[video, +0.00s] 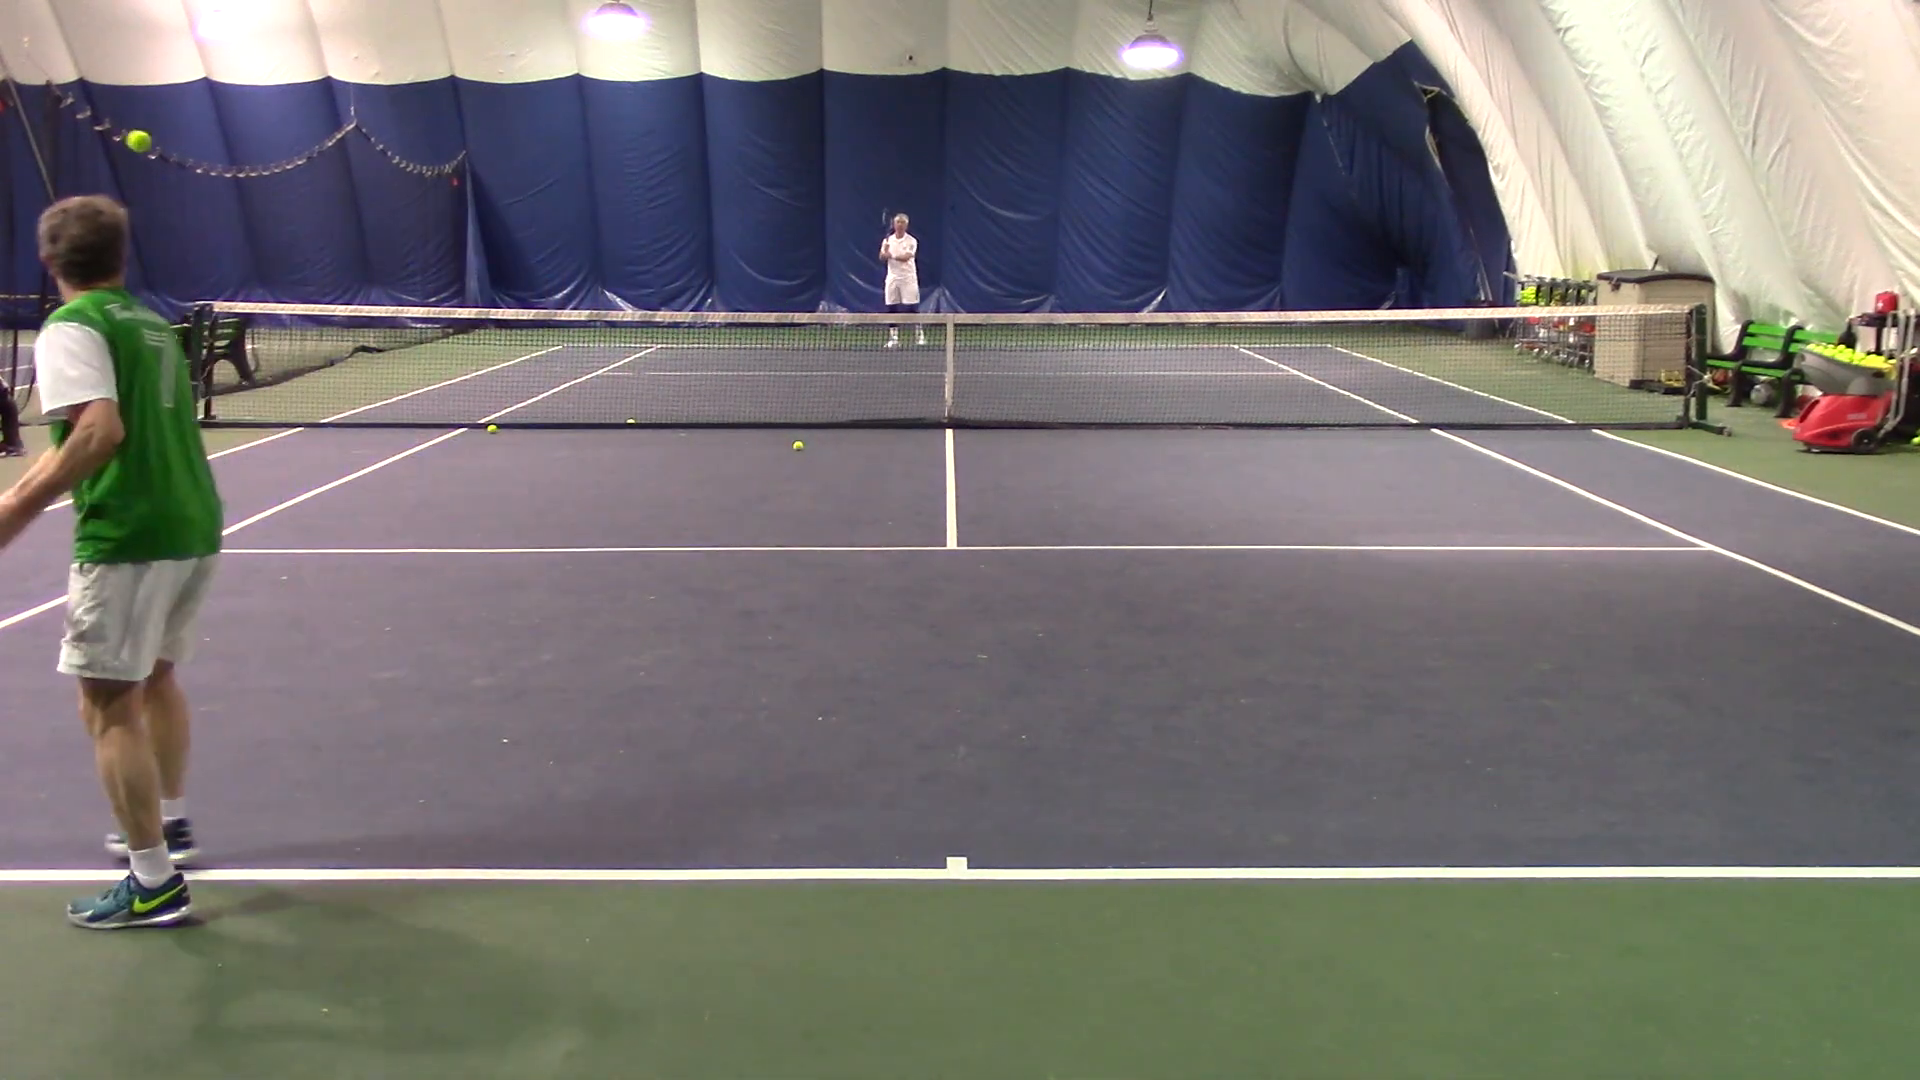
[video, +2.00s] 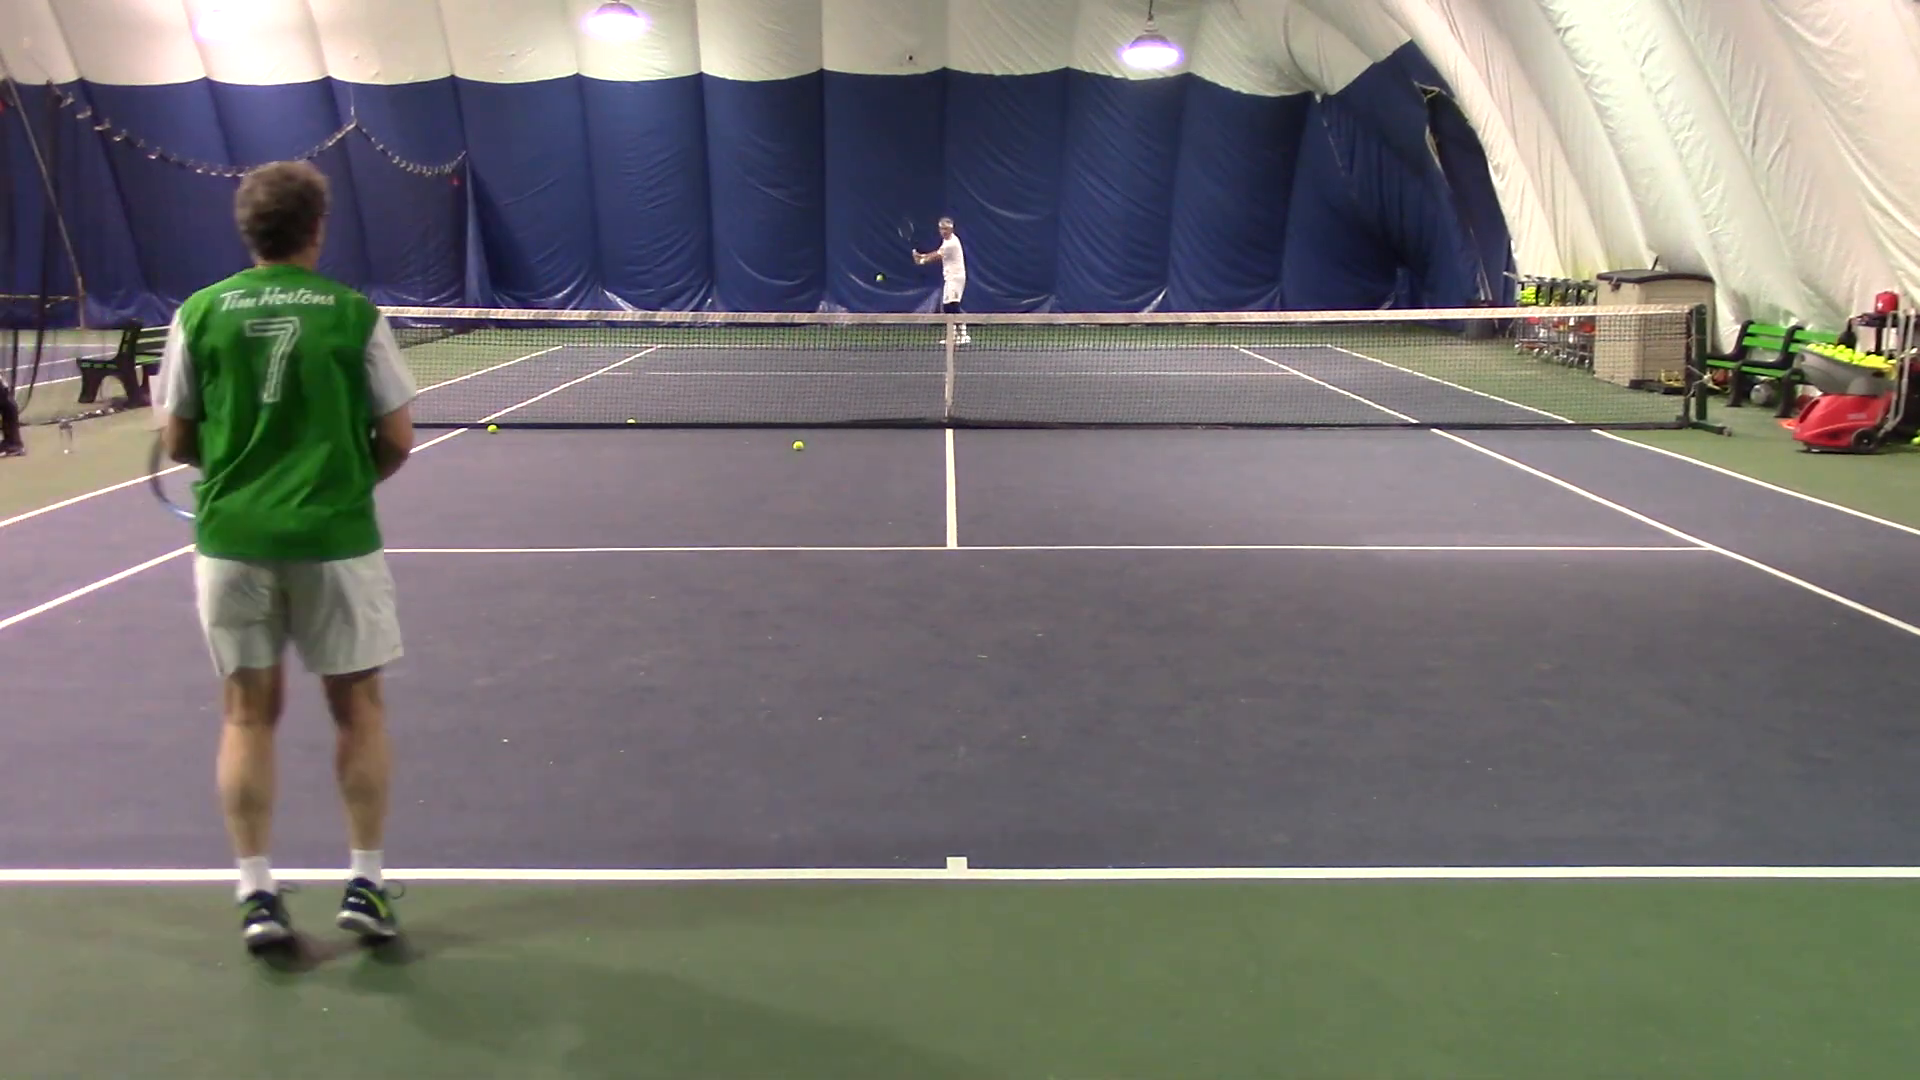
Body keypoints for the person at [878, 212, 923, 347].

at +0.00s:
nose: (900, 226)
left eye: (903, 223)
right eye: (898, 222)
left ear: (906, 225)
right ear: (894, 224)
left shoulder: (911, 240)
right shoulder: (888, 240)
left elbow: (907, 256)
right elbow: (882, 257)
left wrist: (892, 255)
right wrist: (885, 250)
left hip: (908, 277)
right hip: (892, 276)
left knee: (912, 306)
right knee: (891, 307)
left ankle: (919, 333)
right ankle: (894, 337)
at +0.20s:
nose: (910, 229)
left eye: (913, 227)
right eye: (908, 226)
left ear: (917, 229)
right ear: (905, 228)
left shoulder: (922, 244)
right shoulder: (898, 244)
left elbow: (918, 260)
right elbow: (892, 262)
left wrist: (903, 261)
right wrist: (895, 256)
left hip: (920, 280)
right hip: (903, 280)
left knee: (928, 308)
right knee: (896, 307)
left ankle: (939, 332)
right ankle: (894, 337)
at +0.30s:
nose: (917, 232)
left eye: (920, 229)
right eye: (915, 229)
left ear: (924, 231)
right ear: (911, 231)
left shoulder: (929, 246)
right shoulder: (905, 246)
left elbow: (927, 263)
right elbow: (899, 263)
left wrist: (912, 265)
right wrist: (903, 261)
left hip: (927, 282)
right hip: (910, 281)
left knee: (934, 309)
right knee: (903, 307)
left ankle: (941, 335)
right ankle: (896, 336)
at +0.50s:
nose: (928, 229)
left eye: (931, 226)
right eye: (926, 226)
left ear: (935, 229)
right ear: (923, 228)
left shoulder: (941, 244)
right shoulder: (916, 243)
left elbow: (942, 259)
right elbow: (913, 259)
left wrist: (931, 267)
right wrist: (919, 263)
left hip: (936, 279)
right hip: (919, 278)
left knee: (939, 307)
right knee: (912, 305)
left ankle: (942, 335)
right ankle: (908, 335)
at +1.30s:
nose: (933, 228)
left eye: (936, 226)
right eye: (931, 226)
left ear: (940, 227)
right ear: (928, 227)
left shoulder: (948, 243)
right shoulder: (924, 243)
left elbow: (951, 260)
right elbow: (921, 259)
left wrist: (940, 267)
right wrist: (927, 266)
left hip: (944, 278)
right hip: (930, 277)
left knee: (943, 305)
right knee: (927, 304)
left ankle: (944, 334)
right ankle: (928, 332)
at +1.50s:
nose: (937, 229)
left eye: (940, 226)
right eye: (935, 226)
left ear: (944, 227)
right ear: (932, 227)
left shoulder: (950, 242)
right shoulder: (928, 242)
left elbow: (951, 260)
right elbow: (926, 257)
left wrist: (939, 266)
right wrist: (928, 264)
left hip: (947, 276)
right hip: (935, 275)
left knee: (945, 305)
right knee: (933, 304)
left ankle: (948, 333)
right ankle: (943, 330)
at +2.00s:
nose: (944, 232)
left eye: (947, 229)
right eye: (942, 229)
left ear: (952, 229)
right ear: (940, 229)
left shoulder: (951, 243)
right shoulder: (946, 242)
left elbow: (937, 255)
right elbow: (937, 253)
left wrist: (923, 259)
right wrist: (922, 256)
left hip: (956, 276)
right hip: (950, 276)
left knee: (953, 304)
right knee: (947, 305)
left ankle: (963, 334)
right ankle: (952, 334)